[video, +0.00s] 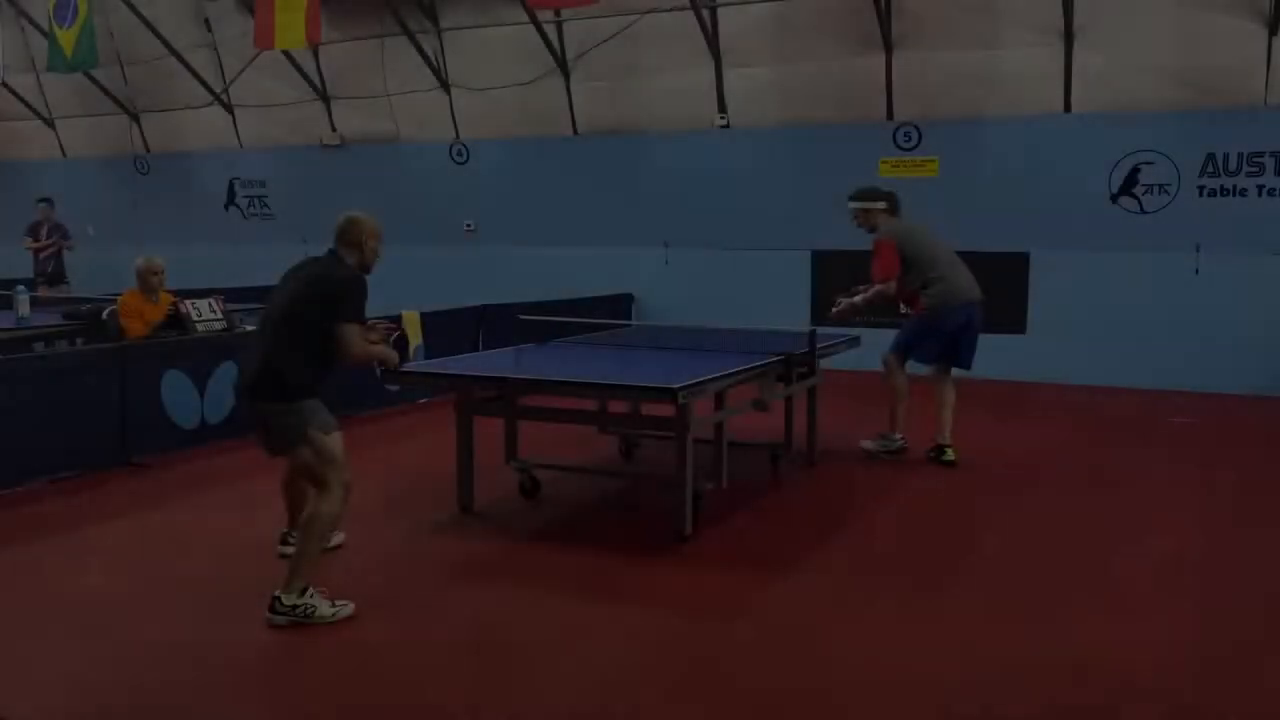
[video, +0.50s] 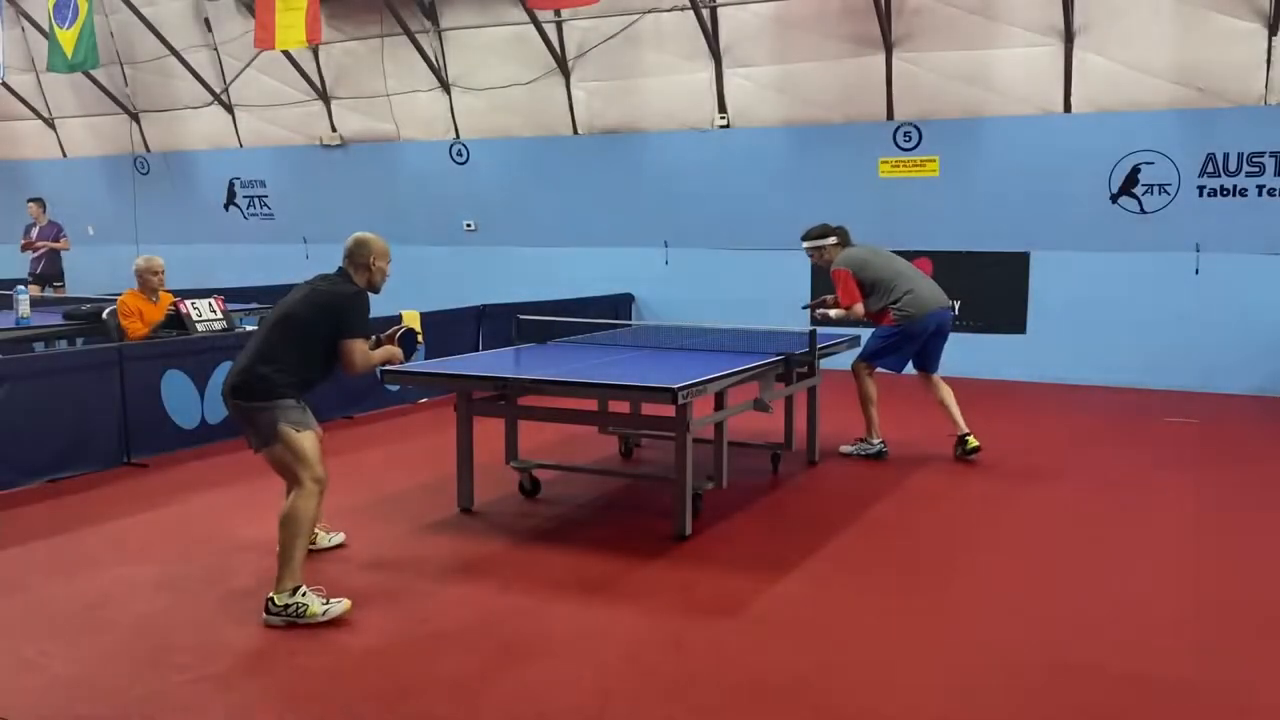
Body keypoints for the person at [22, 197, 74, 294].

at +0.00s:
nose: (42, 212)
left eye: (45, 208)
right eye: (40, 209)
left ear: (52, 210)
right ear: (38, 210)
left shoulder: (59, 227)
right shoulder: (34, 227)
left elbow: (71, 246)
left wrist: (59, 242)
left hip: (58, 271)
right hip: (40, 271)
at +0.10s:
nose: (42, 212)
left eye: (45, 208)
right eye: (40, 209)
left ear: (53, 210)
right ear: (38, 210)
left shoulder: (63, 227)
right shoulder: (35, 226)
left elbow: (74, 244)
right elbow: (27, 243)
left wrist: (62, 242)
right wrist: (42, 243)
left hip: (61, 271)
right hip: (43, 271)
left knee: (64, 302)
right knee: (44, 302)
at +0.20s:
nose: (41, 211)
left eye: (44, 207)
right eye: (40, 208)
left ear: (52, 209)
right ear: (38, 209)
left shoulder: (65, 226)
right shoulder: (37, 226)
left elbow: (78, 243)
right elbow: (27, 245)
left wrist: (62, 241)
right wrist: (40, 241)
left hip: (61, 270)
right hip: (43, 270)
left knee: (65, 302)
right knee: (40, 301)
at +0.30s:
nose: (38, 212)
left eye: (41, 208)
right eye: (37, 209)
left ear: (50, 209)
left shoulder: (65, 227)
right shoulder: (36, 227)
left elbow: (77, 243)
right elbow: (29, 248)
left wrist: (59, 242)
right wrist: (33, 243)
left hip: (61, 271)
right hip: (42, 271)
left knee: (66, 303)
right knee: (37, 302)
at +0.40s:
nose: (34, 211)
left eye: (37, 208)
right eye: (33, 209)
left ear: (47, 210)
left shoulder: (61, 227)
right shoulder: (34, 228)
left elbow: (73, 244)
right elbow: (27, 246)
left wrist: (52, 243)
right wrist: (31, 245)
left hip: (59, 272)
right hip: (40, 272)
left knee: (65, 304)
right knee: (36, 303)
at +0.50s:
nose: (29, 211)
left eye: (31, 207)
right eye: (28, 208)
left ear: (41, 209)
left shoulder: (56, 227)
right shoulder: (29, 228)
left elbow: (66, 245)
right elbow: (23, 246)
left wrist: (45, 244)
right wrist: (27, 245)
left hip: (54, 272)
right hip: (35, 272)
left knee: (61, 304)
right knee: (33, 304)